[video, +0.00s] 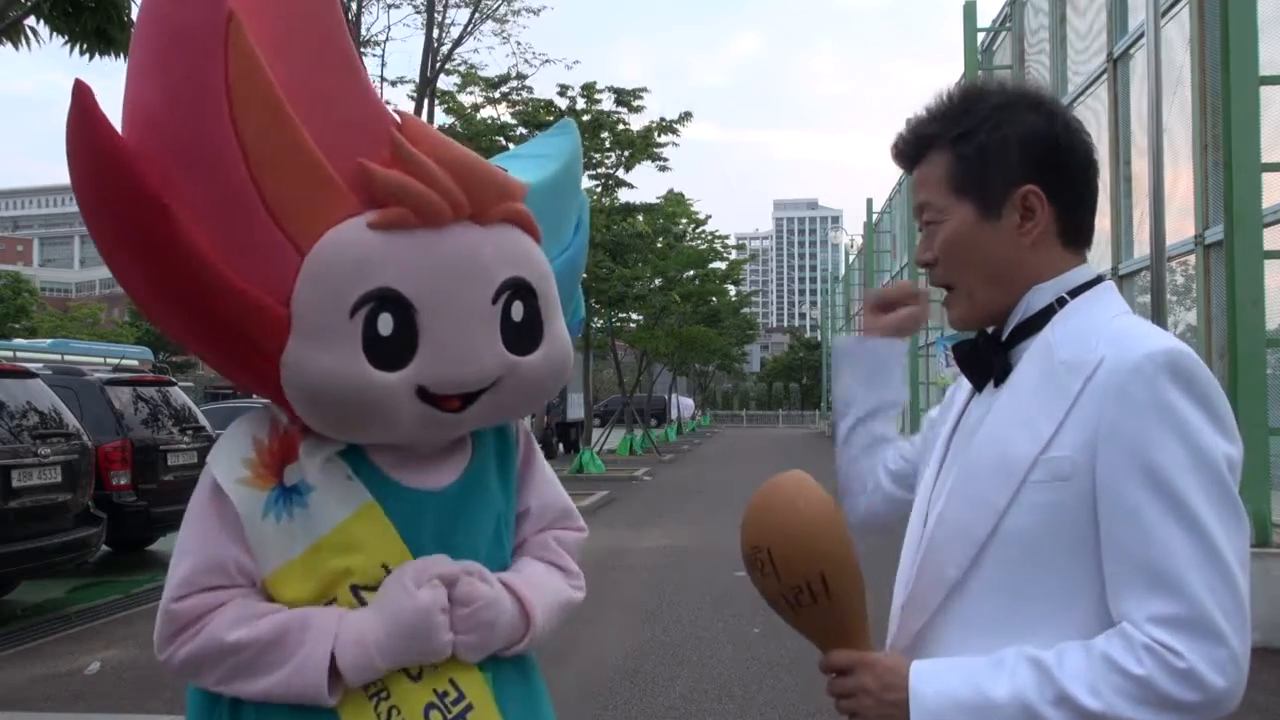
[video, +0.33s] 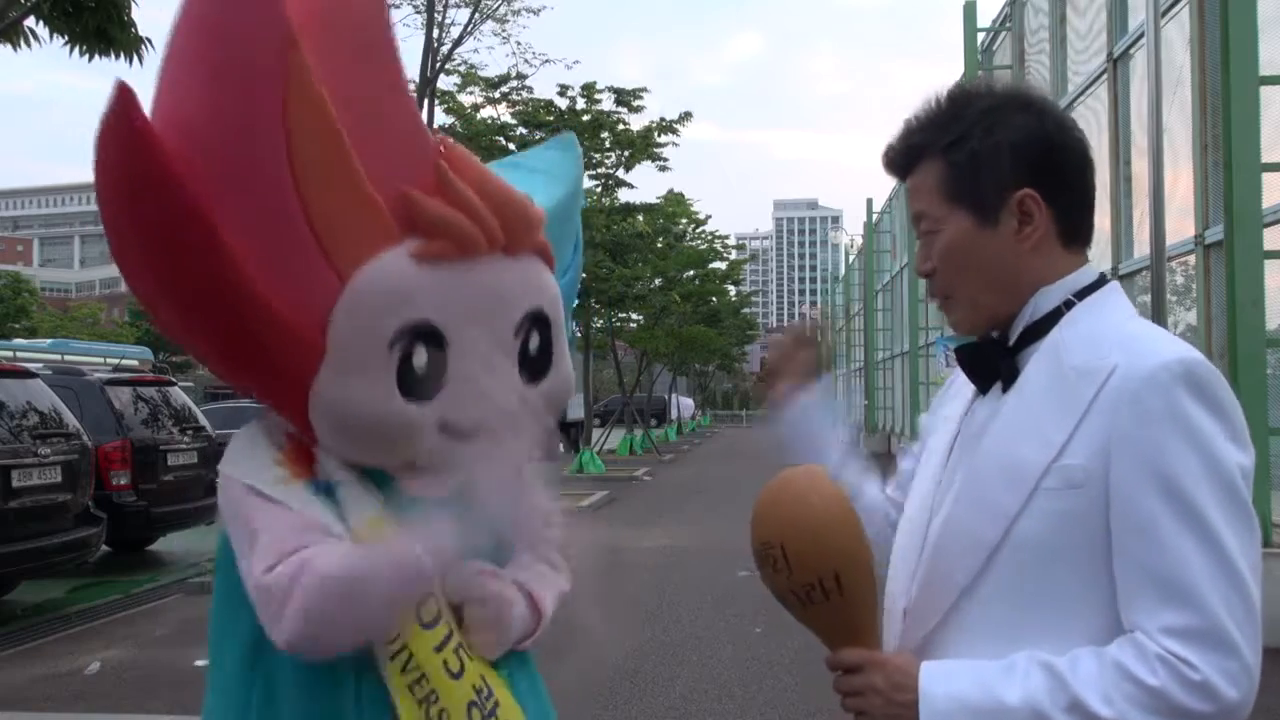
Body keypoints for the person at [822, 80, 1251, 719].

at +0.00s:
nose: (922, 255)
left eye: (933, 222)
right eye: (921, 228)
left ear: (1026, 213)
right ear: (1023, 217)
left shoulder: (1142, 371)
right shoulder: (988, 373)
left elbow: (1192, 663)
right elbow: (873, 500)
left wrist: (923, 692)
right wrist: (874, 346)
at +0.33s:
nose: (920, 266)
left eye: (931, 231)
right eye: (918, 236)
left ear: (1025, 220)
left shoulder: (1156, 381)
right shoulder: (977, 375)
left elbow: (1204, 673)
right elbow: (897, 546)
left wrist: (930, 693)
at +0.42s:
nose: (920, 275)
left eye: (931, 240)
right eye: (917, 246)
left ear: (1025, 223)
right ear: (1013, 228)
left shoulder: (1161, 384)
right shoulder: (979, 382)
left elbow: (1210, 675)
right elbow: (879, 540)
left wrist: (935, 693)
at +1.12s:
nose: (948, 226)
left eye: (970, 194)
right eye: (955, 201)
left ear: (1070, 202)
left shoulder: (1154, 375)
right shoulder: (974, 371)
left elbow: (1142, 662)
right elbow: (931, 567)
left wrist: (870, 645)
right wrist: (820, 585)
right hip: (897, 707)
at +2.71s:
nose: (871, 228)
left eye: (887, 191)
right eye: (879, 195)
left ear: (974, 199)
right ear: (970, 202)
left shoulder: (1092, 373)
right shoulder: (947, 365)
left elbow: (1125, 680)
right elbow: (940, 582)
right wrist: (834, 631)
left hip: (1011, 707)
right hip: (915, 706)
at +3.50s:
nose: (935, 222)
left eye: (954, 186)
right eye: (943, 190)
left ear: (1042, 198)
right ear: (1035, 200)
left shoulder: (1142, 356)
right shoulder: (1011, 356)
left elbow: (1139, 668)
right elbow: (964, 551)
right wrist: (823, 574)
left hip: (1020, 705)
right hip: (931, 701)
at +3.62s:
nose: (979, 226)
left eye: (996, 190)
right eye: (985, 194)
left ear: (1090, 203)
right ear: (1085, 205)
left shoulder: (1159, 373)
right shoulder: (1074, 354)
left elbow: (1131, 691)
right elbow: (931, 458)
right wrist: (800, 379)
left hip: (1011, 708)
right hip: (934, 696)